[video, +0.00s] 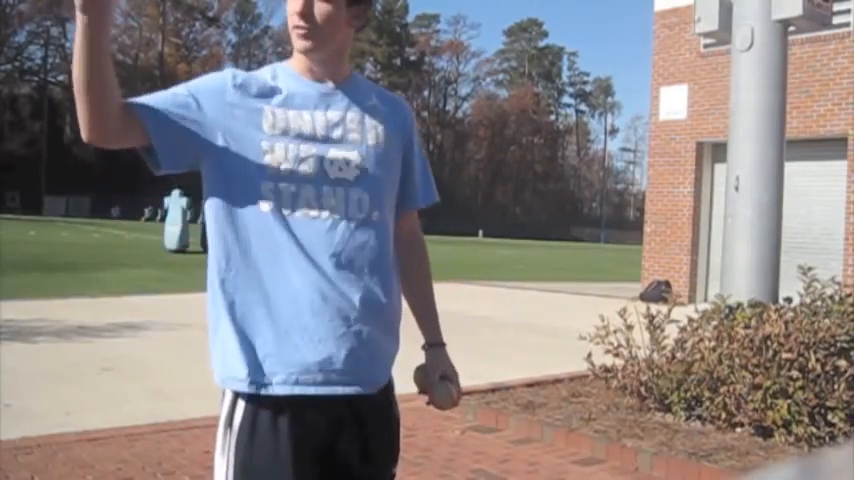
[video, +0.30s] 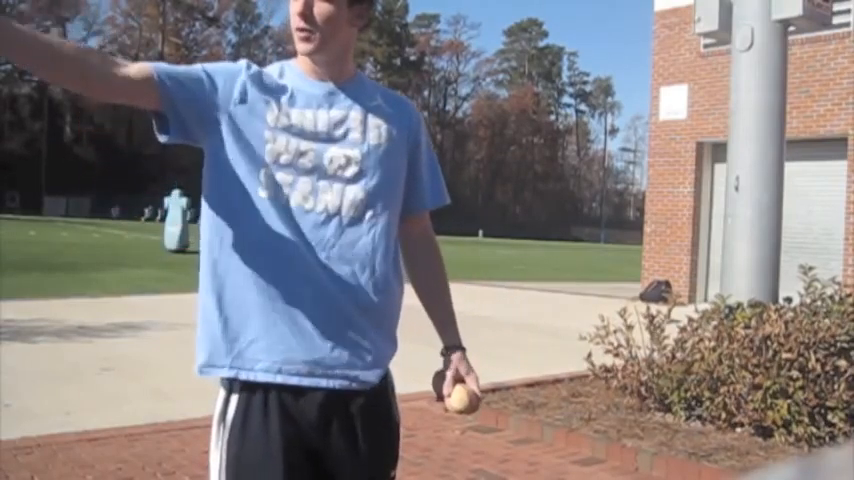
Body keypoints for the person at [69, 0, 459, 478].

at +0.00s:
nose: (302, 7)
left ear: (357, 13)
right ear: (285, 7)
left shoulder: (391, 115)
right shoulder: (228, 96)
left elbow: (407, 234)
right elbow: (103, 126)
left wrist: (434, 344)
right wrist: (91, 14)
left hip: (366, 394)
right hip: (265, 398)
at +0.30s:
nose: (301, 9)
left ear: (361, 13)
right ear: (285, 10)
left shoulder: (397, 116)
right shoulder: (236, 86)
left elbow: (417, 235)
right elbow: (109, 77)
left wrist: (453, 344)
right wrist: (7, 31)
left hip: (363, 394)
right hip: (260, 393)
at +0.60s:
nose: (303, 7)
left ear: (363, 13)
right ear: (286, 9)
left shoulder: (399, 117)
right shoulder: (237, 92)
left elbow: (419, 237)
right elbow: (106, 100)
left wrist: (453, 348)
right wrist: (1, 80)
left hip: (364, 397)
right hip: (263, 396)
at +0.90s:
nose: (315, 9)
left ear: (367, 14)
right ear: (291, 8)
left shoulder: (400, 117)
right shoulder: (238, 93)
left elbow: (419, 239)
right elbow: (108, 100)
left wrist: (450, 351)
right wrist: (1, 80)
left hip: (362, 398)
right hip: (263, 396)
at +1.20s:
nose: (325, 12)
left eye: (342, 1)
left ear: (366, 16)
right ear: (296, 10)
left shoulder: (399, 119)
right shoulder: (239, 95)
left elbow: (417, 242)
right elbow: (115, 104)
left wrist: (448, 350)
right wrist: (4, 78)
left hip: (363, 395)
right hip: (264, 394)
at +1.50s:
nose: (315, 9)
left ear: (357, 14)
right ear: (282, 9)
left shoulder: (386, 114)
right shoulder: (246, 93)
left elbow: (405, 234)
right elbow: (154, 102)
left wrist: (443, 340)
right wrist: (70, 34)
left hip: (366, 385)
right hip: (270, 386)